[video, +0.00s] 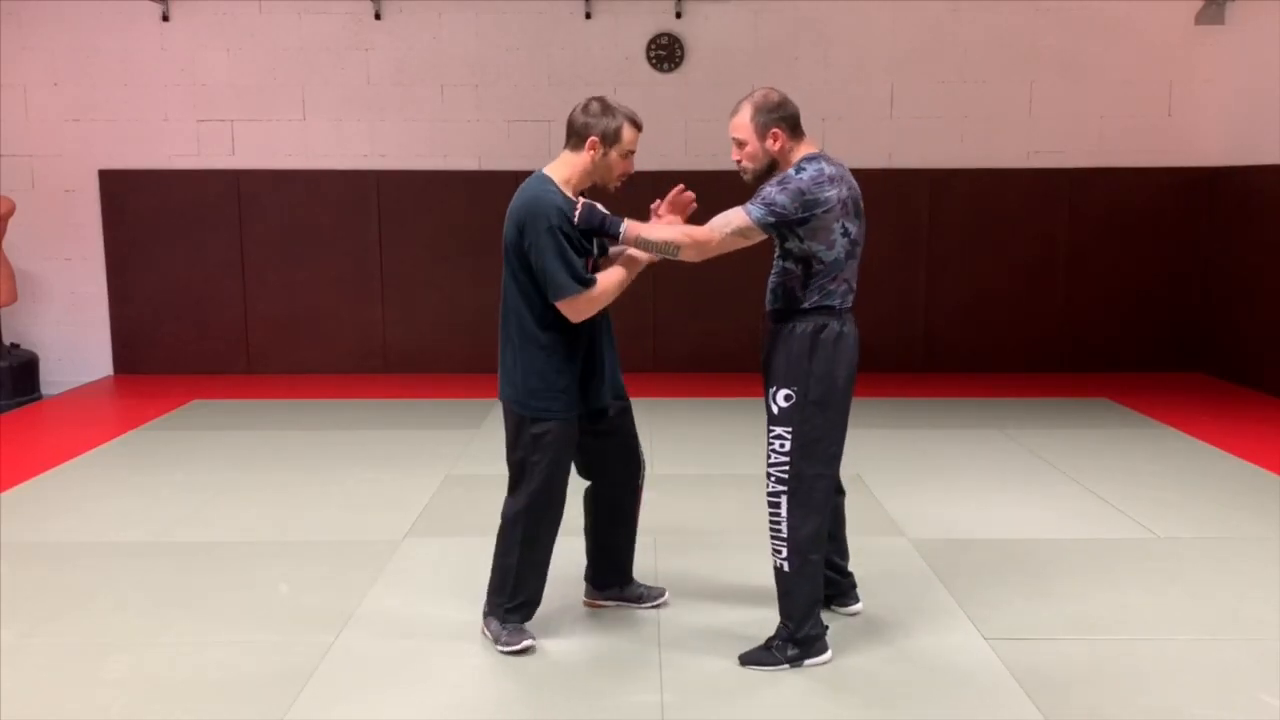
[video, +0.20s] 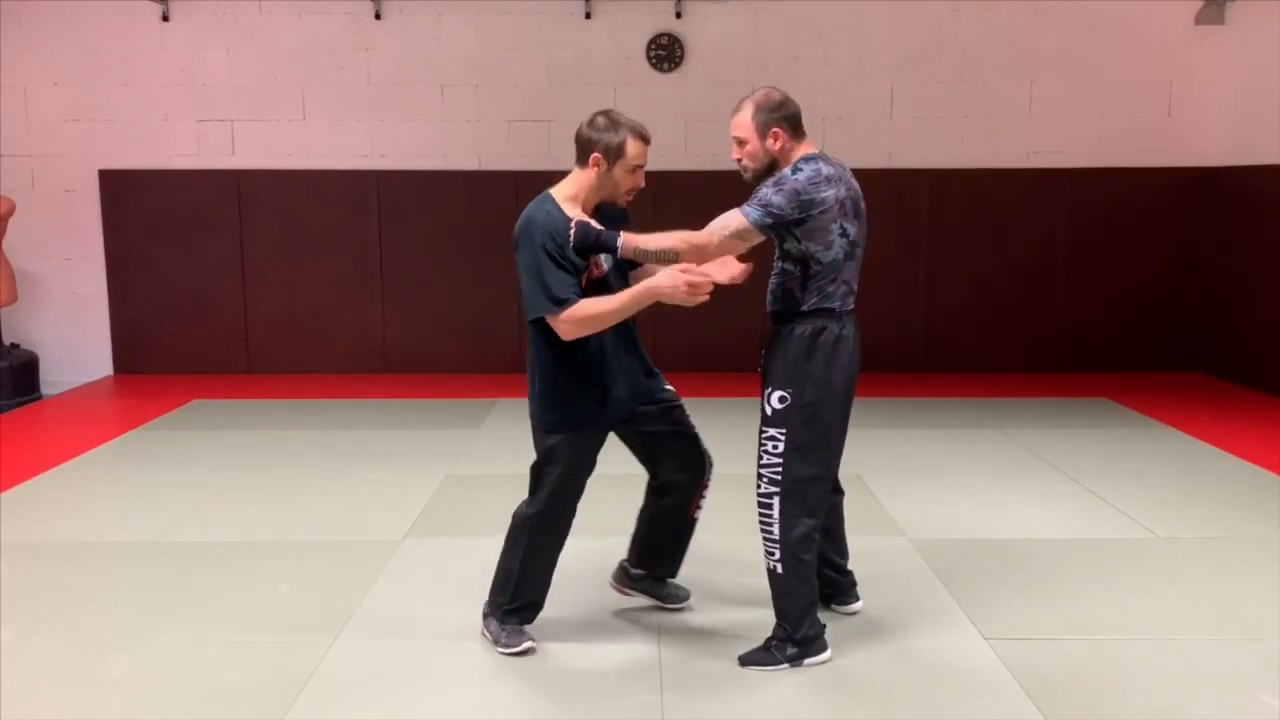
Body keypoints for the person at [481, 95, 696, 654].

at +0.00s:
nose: (630, 168)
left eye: (632, 157)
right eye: (626, 155)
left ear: (591, 148)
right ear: (593, 147)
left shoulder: (577, 201)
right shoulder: (540, 209)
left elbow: (611, 258)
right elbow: (579, 306)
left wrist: (657, 227)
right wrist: (637, 258)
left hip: (589, 374)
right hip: (541, 381)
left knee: (619, 471)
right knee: (536, 497)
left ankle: (609, 581)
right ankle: (505, 613)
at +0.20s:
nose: (642, 182)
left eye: (643, 169)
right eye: (635, 169)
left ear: (602, 165)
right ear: (597, 163)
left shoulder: (609, 216)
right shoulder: (541, 224)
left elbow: (634, 272)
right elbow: (567, 320)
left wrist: (697, 268)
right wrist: (651, 289)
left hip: (626, 377)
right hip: (569, 389)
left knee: (685, 467)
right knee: (550, 505)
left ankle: (644, 571)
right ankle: (505, 613)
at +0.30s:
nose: (670, 188)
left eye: (672, 175)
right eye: (661, 176)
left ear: (629, 171)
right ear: (622, 170)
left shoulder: (656, 218)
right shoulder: (564, 228)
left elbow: (696, 285)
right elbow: (582, 311)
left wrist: (744, 252)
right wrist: (664, 266)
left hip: (654, 378)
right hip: (590, 393)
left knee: (721, 467)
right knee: (563, 507)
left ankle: (711, 580)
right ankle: (507, 614)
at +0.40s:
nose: (720, 191)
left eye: (725, 178)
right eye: (709, 178)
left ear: (727, 176)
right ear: (673, 170)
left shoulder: (714, 229)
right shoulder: (615, 217)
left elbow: (734, 300)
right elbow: (590, 280)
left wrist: (759, 260)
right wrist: (680, 257)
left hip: (693, 390)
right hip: (622, 396)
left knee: (757, 472)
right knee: (576, 504)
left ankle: (790, 579)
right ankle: (510, 610)